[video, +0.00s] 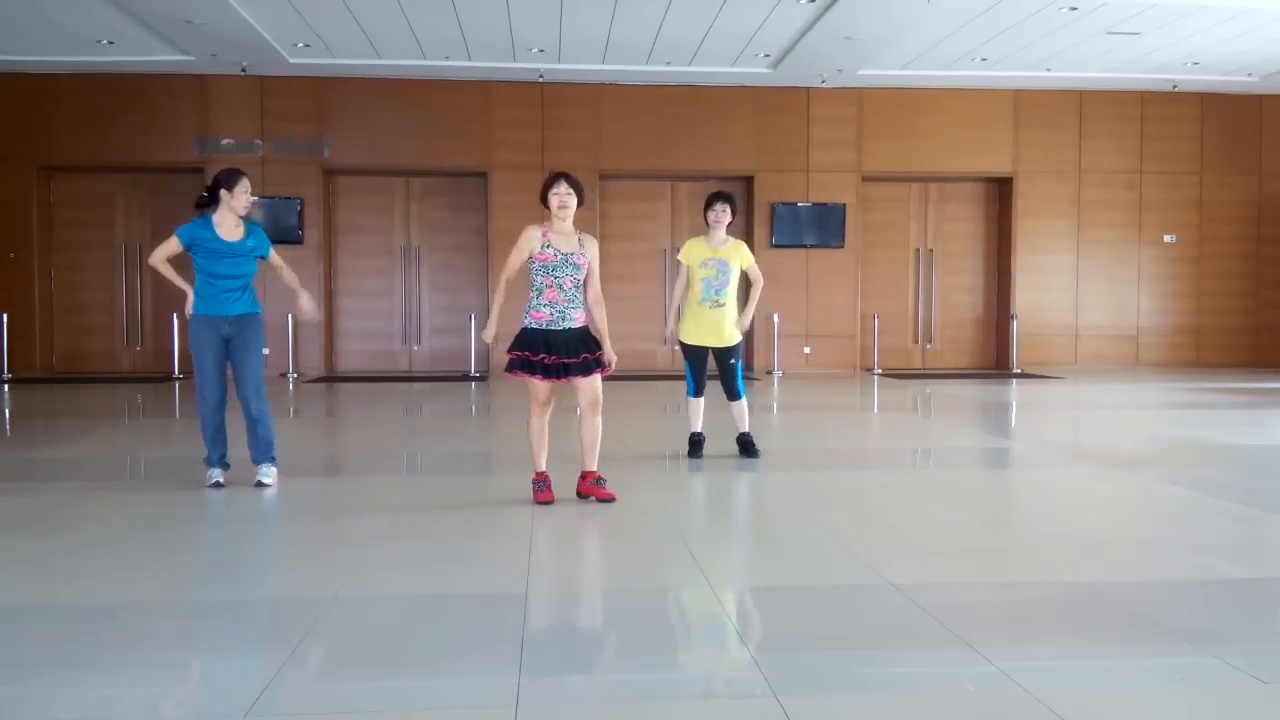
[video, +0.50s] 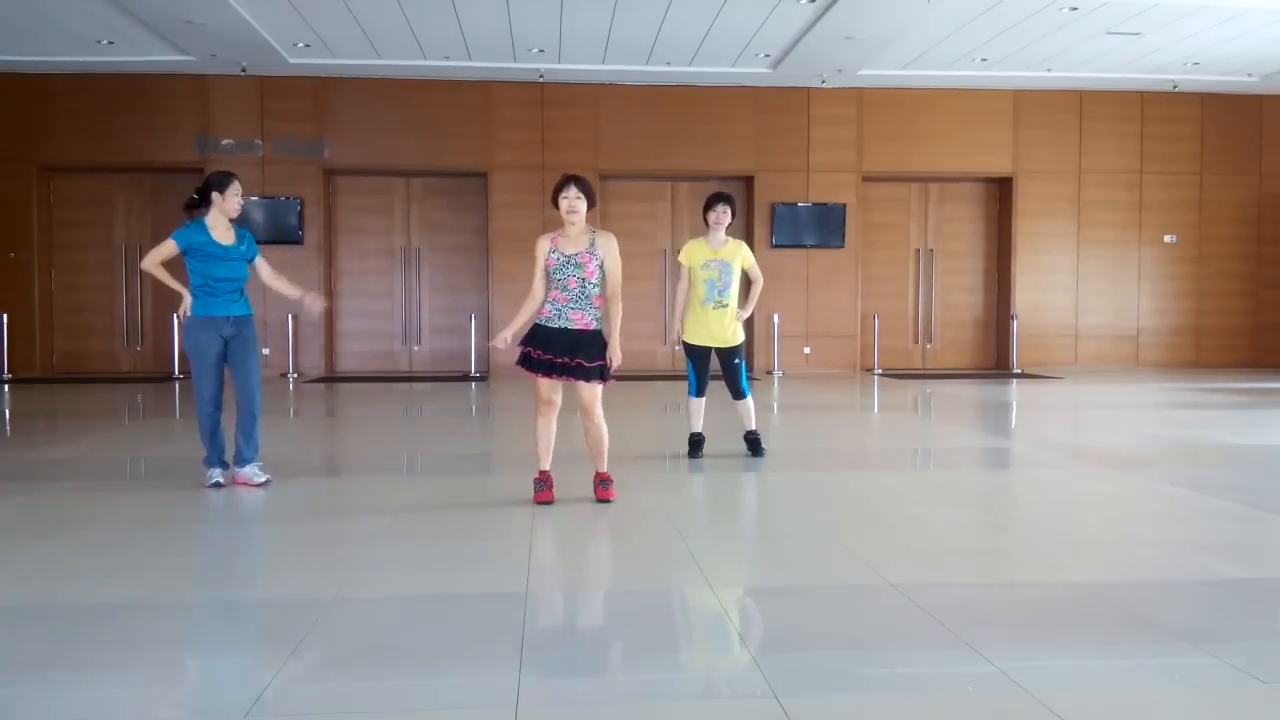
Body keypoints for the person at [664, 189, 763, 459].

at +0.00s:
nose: (718, 214)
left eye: (724, 210)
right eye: (714, 209)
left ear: (731, 217)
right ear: (705, 214)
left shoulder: (739, 249)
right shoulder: (691, 246)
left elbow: (757, 281)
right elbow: (680, 284)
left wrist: (747, 314)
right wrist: (671, 320)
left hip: (726, 329)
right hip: (692, 328)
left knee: (734, 387)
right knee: (695, 387)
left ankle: (744, 436)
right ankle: (696, 437)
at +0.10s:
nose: (716, 214)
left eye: (722, 211)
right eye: (712, 209)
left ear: (729, 217)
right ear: (703, 214)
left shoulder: (737, 249)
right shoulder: (689, 246)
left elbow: (756, 276)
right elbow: (677, 283)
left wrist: (742, 306)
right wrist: (667, 320)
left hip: (723, 327)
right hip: (690, 326)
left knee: (731, 386)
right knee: (694, 386)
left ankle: (738, 437)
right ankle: (696, 437)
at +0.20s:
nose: (715, 214)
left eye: (721, 211)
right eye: (711, 209)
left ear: (728, 218)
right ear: (702, 214)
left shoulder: (735, 249)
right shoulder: (688, 246)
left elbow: (752, 276)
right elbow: (675, 284)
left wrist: (740, 305)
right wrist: (667, 320)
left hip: (722, 327)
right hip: (689, 326)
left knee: (731, 385)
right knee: (694, 386)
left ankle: (737, 437)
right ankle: (695, 437)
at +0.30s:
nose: (715, 215)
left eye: (721, 212)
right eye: (711, 210)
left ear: (728, 218)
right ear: (702, 214)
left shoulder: (735, 249)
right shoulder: (687, 246)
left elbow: (750, 280)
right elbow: (675, 285)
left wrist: (740, 308)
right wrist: (667, 321)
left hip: (722, 327)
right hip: (689, 327)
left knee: (734, 387)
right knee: (694, 387)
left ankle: (741, 435)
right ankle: (695, 437)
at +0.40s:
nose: (716, 215)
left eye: (722, 211)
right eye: (712, 210)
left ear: (728, 218)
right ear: (703, 215)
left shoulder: (736, 249)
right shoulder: (688, 248)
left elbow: (753, 280)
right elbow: (678, 284)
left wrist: (744, 308)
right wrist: (671, 321)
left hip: (725, 328)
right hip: (692, 328)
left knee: (736, 386)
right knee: (695, 387)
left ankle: (747, 434)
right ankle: (696, 438)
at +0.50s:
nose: (719, 215)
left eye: (725, 211)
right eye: (714, 210)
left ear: (731, 218)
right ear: (706, 215)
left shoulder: (739, 249)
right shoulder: (691, 249)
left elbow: (757, 279)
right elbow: (682, 286)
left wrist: (747, 309)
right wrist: (676, 323)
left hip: (729, 328)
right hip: (696, 328)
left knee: (739, 386)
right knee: (697, 386)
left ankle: (752, 435)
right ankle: (695, 438)